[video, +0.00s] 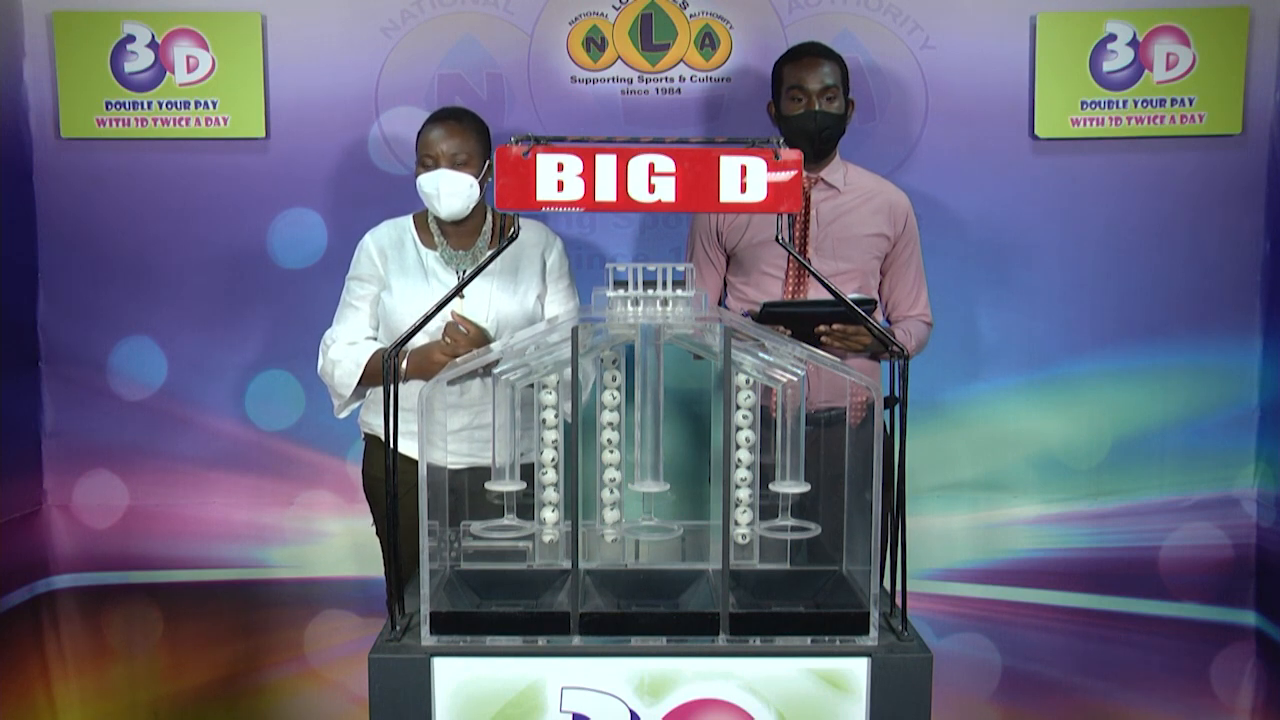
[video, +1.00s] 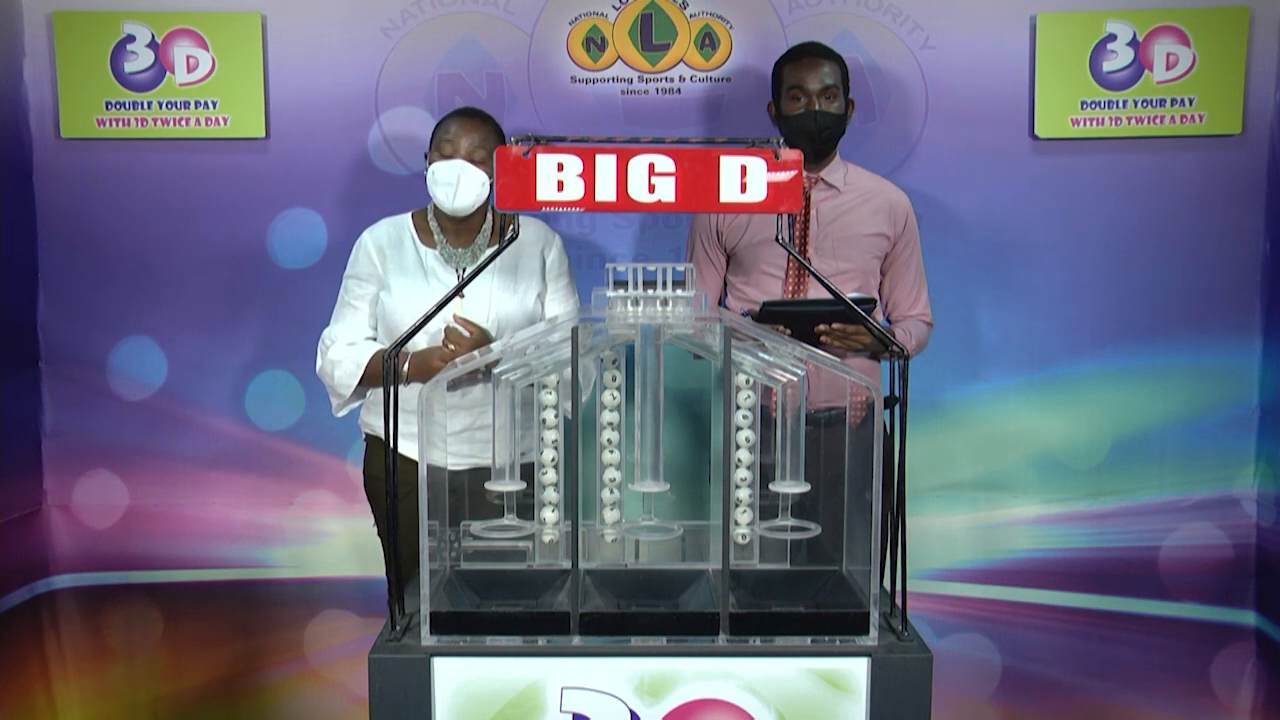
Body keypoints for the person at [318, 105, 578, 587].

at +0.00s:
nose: (444, 180)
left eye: (459, 164)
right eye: (430, 165)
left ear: (486, 167)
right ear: (417, 169)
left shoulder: (539, 247)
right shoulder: (382, 248)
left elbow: (568, 361)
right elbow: (338, 360)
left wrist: (494, 359)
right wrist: (414, 361)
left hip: (507, 466)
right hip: (404, 466)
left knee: (502, 619)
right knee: (416, 618)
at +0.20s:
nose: (448, 176)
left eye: (464, 162)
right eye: (434, 162)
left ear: (489, 167)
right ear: (420, 166)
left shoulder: (538, 248)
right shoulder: (381, 248)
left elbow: (567, 362)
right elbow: (337, 359)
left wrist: (494, 359)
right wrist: (414, 362)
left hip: (506, 466)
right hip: (404, 466)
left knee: (500, 618)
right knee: (415, 616)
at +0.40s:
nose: (449, 174)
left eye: (465, 161)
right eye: (435, 159)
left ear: (491, 167)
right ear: (421, 165)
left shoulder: (538, 247)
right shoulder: (381, 247)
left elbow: (567, 363)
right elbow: (337, 360)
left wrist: (494, 359)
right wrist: (414, 362)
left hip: (506, 466)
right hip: (404, 465)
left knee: (500, 618)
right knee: (415, 617)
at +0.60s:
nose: (451, 172)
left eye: (468, 160)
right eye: (437, 158)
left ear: (494, 167)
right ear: (423, 164)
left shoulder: (538, 248)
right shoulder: (381, 247)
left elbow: (567, 362)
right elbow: (337, 360)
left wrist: (493, 360)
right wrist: (414, 362)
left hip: (507, 464)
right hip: (404, 464)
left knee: (500, 617)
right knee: (415, 614)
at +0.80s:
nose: (452, 169)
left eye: (470, 157)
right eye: (440, 155)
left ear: (497, 166)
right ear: (425, 163)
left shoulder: (538, 247)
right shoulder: (381, 246)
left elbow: (567, 360)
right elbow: (337, 360)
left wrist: (495, 360)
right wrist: (416, 363)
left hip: (506, 464)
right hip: (404, 464)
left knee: (499, 616)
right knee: (415, 614)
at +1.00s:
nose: (458, 170)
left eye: (476, 158)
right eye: (446, 156)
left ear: (501, 167)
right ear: (428, 165)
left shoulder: (538, 245)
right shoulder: (380, 245)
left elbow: (568, 356)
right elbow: (337, 358)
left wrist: (496, 359)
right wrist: (414, 363)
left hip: (507, 464)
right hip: (405, 465)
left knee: (501, 617)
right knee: (416, 616)